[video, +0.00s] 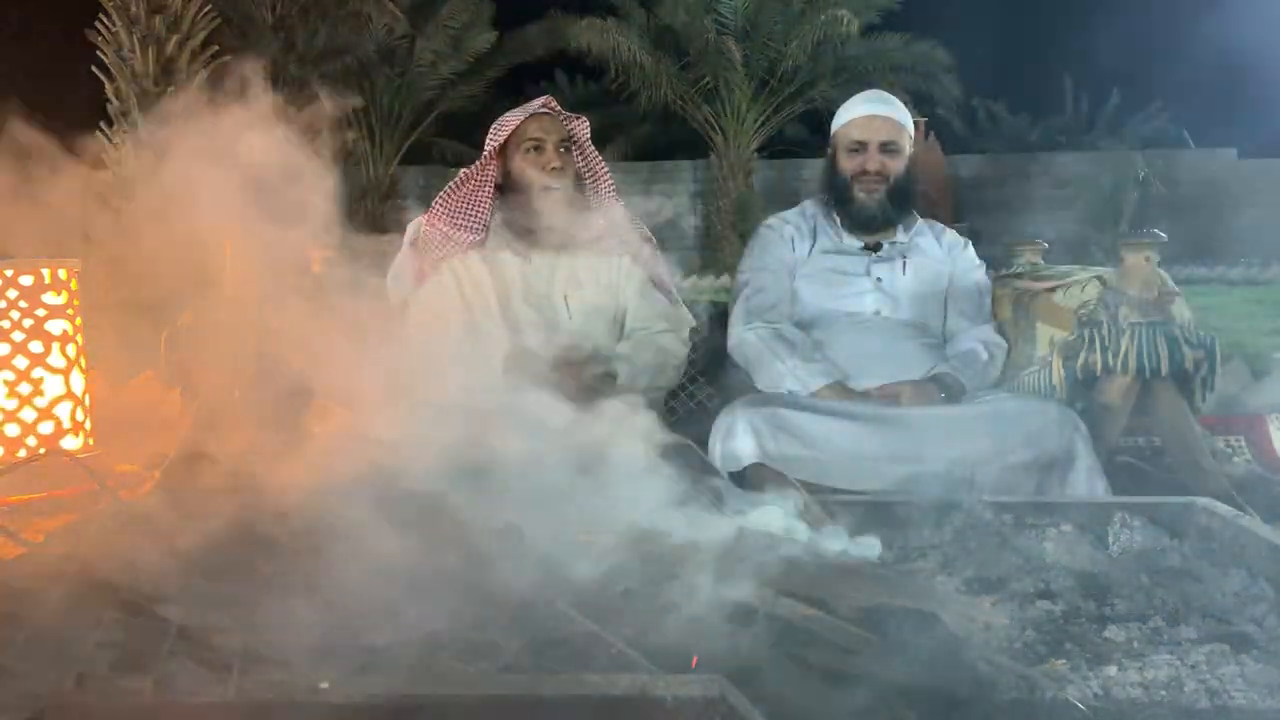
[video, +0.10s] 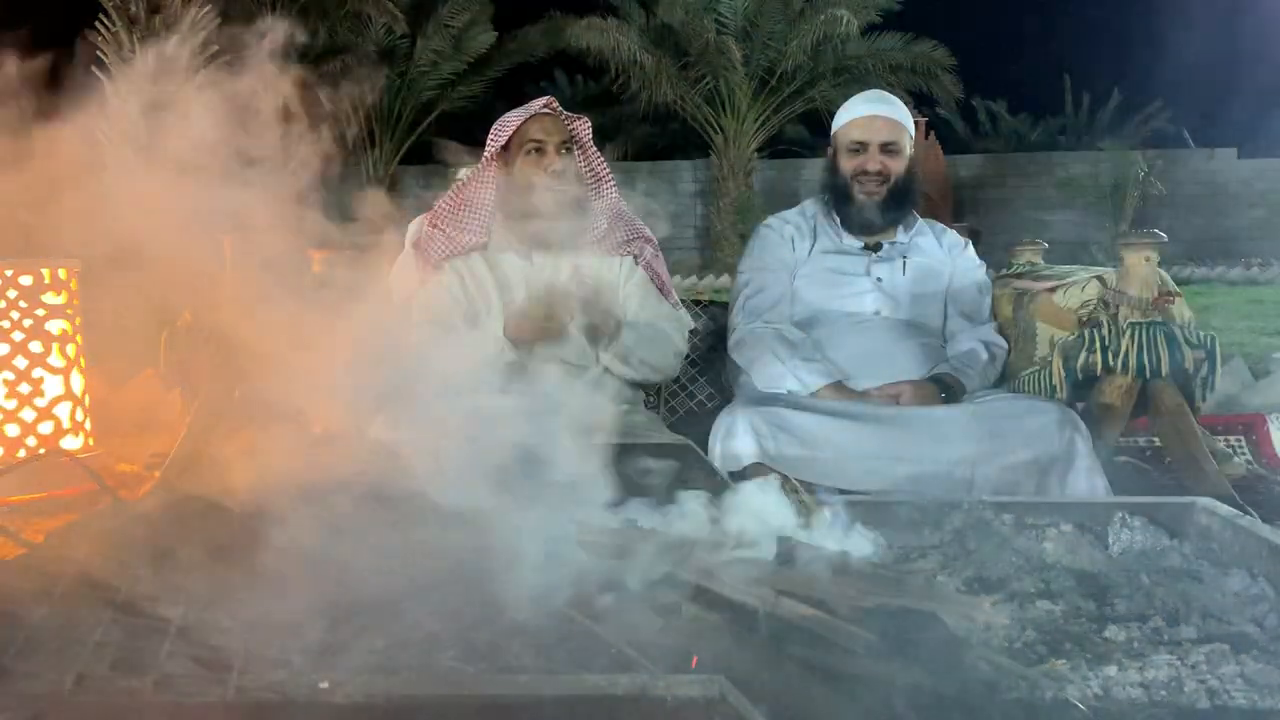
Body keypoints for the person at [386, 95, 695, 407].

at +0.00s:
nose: (555, 161)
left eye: (564, 147)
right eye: (534, 149)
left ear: (579, 161)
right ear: (502, 168)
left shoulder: (613, 259)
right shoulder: (460, 267)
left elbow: (666, 341)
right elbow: (421, 363)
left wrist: (608, 370)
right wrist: (507, 365)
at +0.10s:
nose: (556, 162)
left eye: (567, 150)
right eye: (536, 150)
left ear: (581, 170)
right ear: (502, 170)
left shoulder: (616, 271)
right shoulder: (461, 276)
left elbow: (669, 357)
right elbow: (424, 372)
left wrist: (611, 329)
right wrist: (508, 336)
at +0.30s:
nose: (556, 167)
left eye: (567, 153)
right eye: (536, 155)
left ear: (582, 167)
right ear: (506, 175)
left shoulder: (620, 259)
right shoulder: (463, 270)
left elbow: (659, 363)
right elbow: (441, 382)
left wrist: (606, 295)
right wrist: (517, 300)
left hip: (611, 420)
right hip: (504, 423)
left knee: (693, 484)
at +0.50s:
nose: (558, 169)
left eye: (568, 154)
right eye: (537, 155)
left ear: (580, 169)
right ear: (505, 174)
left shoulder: (615, 265)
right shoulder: (466, 274)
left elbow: (660, 363)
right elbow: (442, 378)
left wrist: (609, 310)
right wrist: (518, 317)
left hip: (605, 420)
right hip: (499, 419)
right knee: (395, 425)